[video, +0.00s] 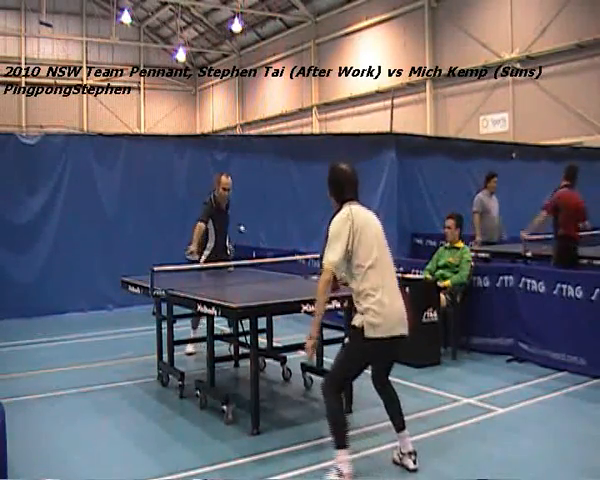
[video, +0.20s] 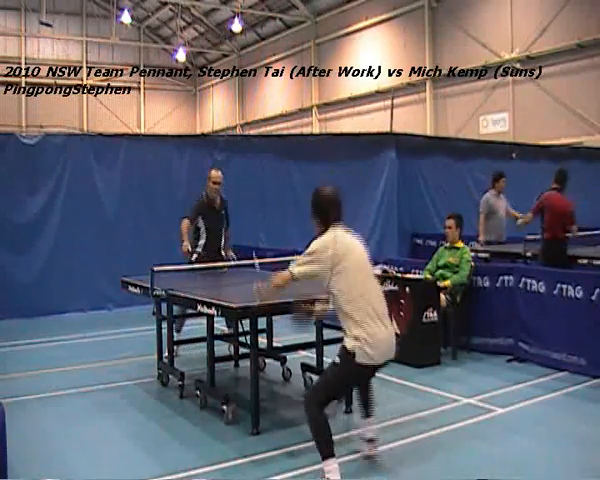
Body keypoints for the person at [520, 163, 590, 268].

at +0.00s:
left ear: (563, 179)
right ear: (575, 181)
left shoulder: (559, 195)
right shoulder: (578, 198)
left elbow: (543, 216)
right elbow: (584, 223)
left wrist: (528, 232)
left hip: (561, 236)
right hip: (574, 237)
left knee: (559, 267)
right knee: (572, 267)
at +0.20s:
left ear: (553, 182)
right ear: (565, 185)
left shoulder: (546, 197)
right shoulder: (567, 203)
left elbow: (530, 216)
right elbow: (572, 227)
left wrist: (522, 221)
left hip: (548, 240)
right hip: (562, 241)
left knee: (546, 272)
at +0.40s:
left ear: (543, 177)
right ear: (555, 180)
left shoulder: (532, 195)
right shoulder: (555, 200)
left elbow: (528, 216)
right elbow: (563, 225)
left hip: (536, 237)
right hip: (551, 239)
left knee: (535, 270)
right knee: (551, 272)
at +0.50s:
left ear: (540, 180)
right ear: (550, 182)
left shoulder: (530, 196)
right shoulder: (549, 200)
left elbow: (525, 215)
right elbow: (556, 223)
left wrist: (529, 229)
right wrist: (563, 226)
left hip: (532, 237)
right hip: (545, 238)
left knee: (532, 267)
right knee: (547, 269)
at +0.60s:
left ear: (536, 180)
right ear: (546, 182)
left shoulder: (530, 195)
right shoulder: (541, 197)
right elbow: (545, 218)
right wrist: (555, 228)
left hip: (528, 233)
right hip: (538, 234)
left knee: (529, 261)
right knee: (541, 262)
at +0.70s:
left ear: (534, 182)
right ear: (544, 183)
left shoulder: (530, 196)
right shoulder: (538, 196)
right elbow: (539, 217)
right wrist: (550, 230)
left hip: (526, 234)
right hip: (534, 235)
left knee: (525, 263)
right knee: (535, 264)